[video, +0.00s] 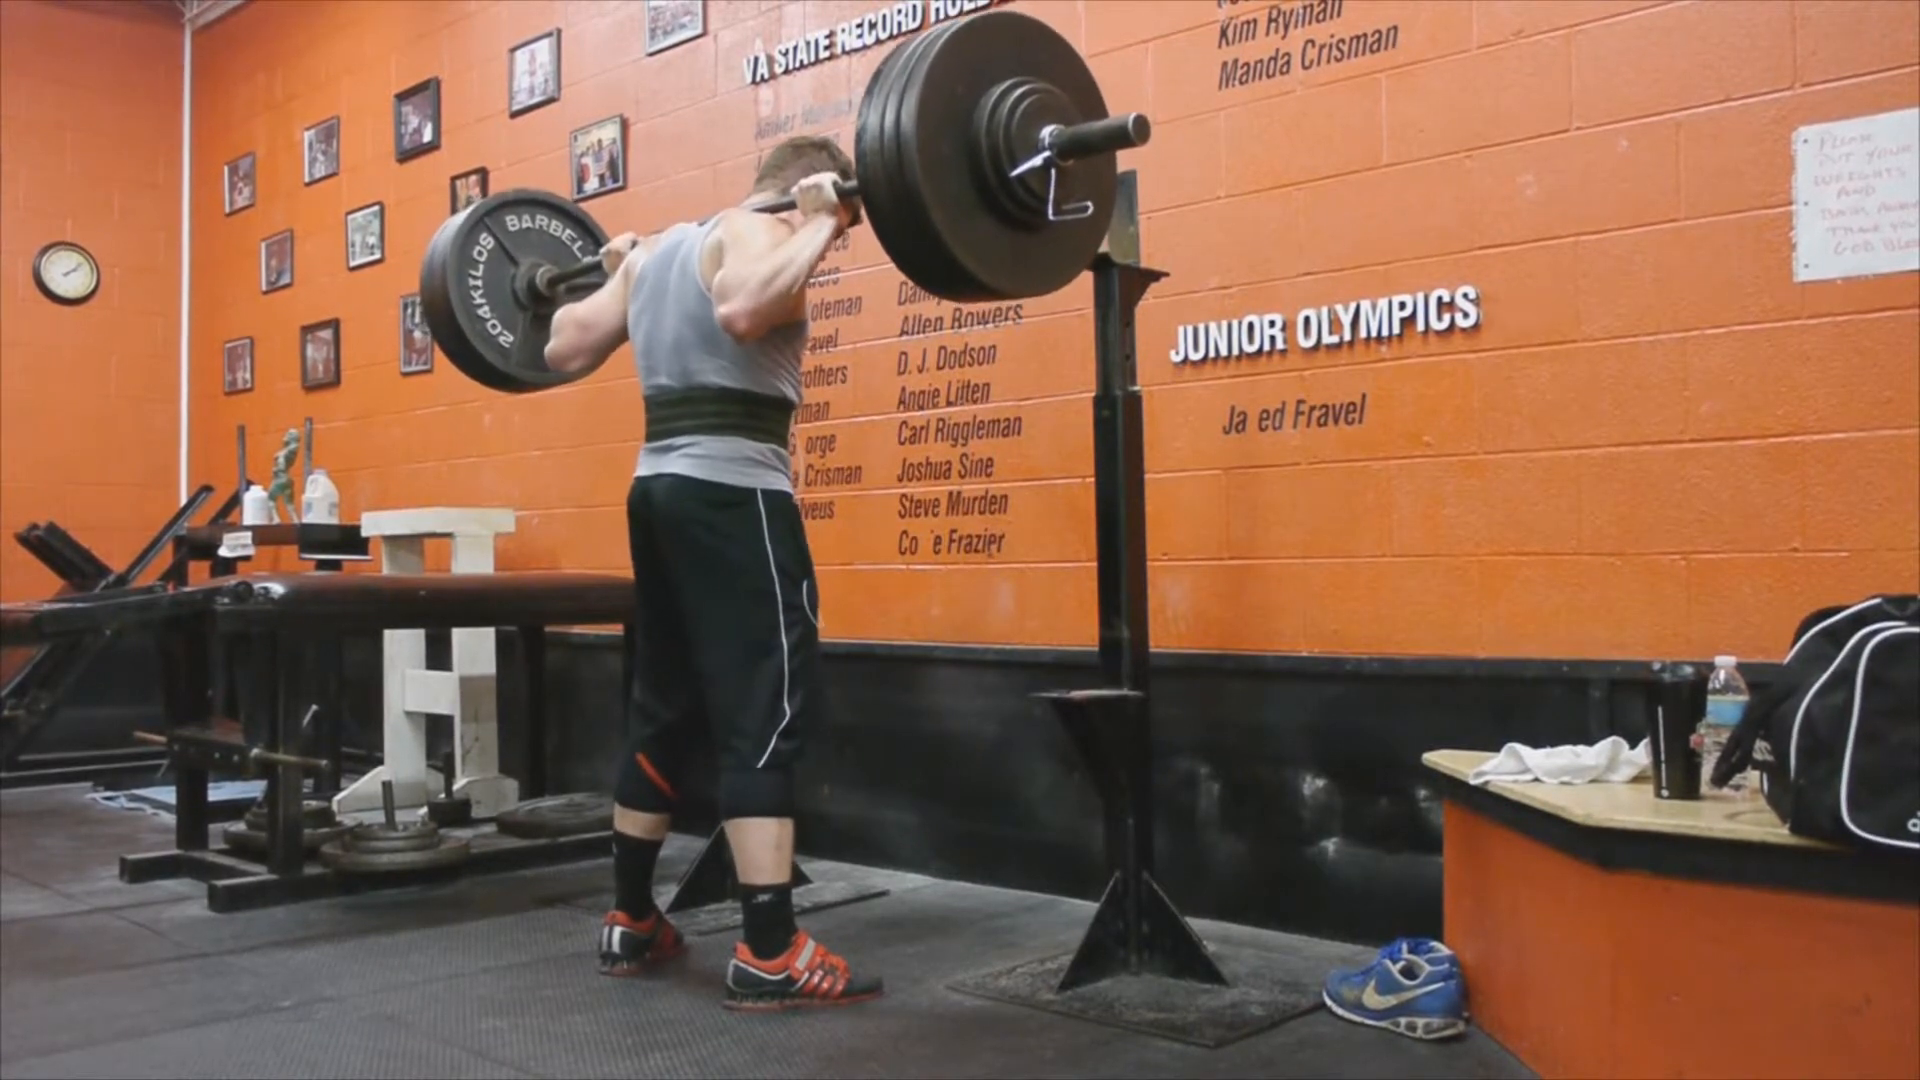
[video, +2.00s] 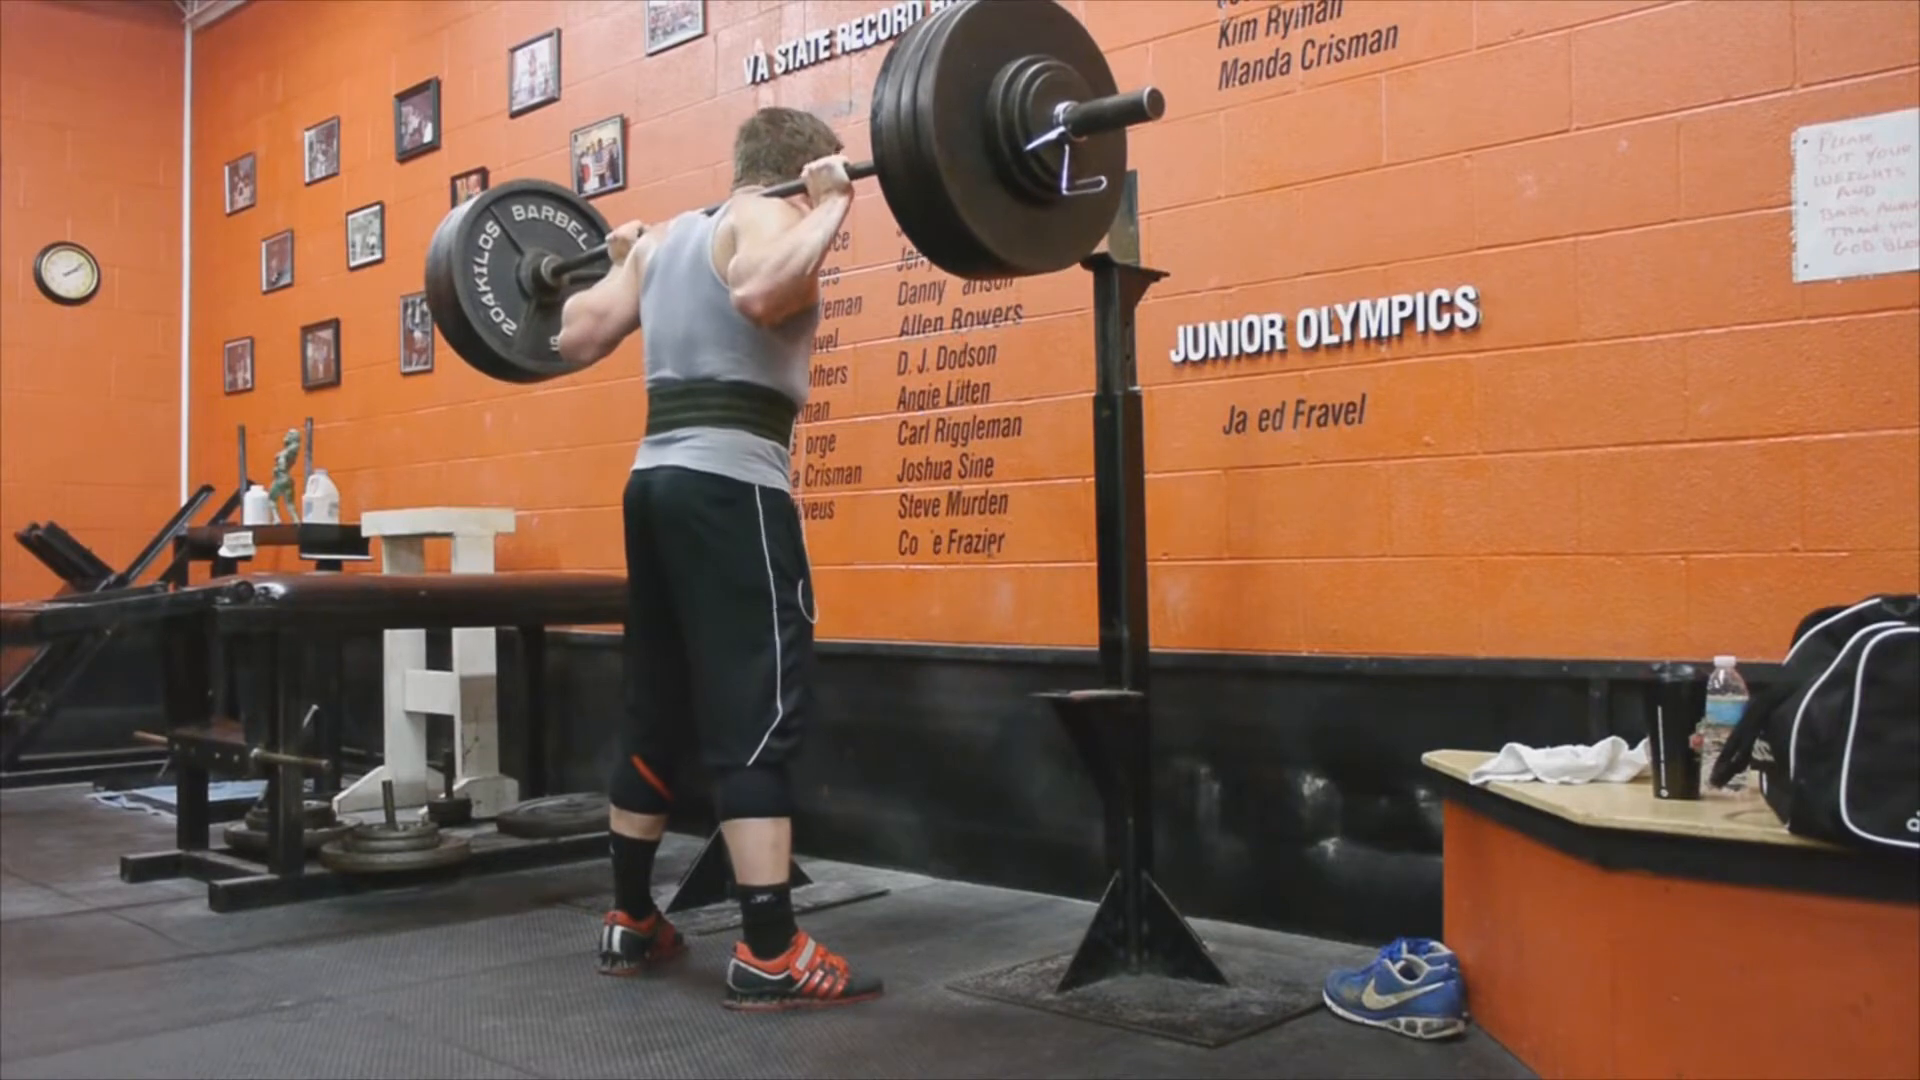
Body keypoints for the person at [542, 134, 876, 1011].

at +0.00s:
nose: (838, 237)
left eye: (845, 224)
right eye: (838, 219)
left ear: (756, 184)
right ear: (810, 196)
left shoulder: (659, 254)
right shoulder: (764, 231)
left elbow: (562, 346)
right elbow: (742, 311)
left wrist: (614, 275)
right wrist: (820, 226)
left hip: (660, 497)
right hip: (736, 498)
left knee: (667, 710)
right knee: (764, 714)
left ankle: (631, 921)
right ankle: (770, 947)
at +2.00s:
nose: (832, 201)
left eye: (835, 183)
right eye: (828, 182)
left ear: (739, 167)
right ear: (804, 173)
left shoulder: (666, 240)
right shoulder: (770, 212)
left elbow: (572, 335)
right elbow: (759, 295)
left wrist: (617, 262)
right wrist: (833, 205)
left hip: (656, 487)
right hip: (731, 489)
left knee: (661, 710)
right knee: (758, 713)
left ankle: (631, 920)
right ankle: (769, 946)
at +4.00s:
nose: (830, 255)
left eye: (831, 242)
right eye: (828, 242)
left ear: (741, 241)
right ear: (806, 240)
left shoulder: (671, 314)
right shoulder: (777, 301)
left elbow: (572, 412)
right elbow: (762, 373)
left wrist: (618, 336)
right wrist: (845, 300)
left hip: (607, 538)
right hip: (691, 543)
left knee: (659, 716)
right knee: (815, 725)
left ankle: (632, 921)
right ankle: (775, 948)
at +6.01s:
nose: (830, 188)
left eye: (828, 173)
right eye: (829, 174)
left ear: (742, 173)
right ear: (809, 170)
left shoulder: (671, 252)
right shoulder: (785, 233)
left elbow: (584, 355)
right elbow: (779, 312)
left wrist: (619, 271)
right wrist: (854, 230)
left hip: (645, 485)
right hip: (722, 489)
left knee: (658, 704)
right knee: (775, 708)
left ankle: (632, 919)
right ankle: (771, 945)